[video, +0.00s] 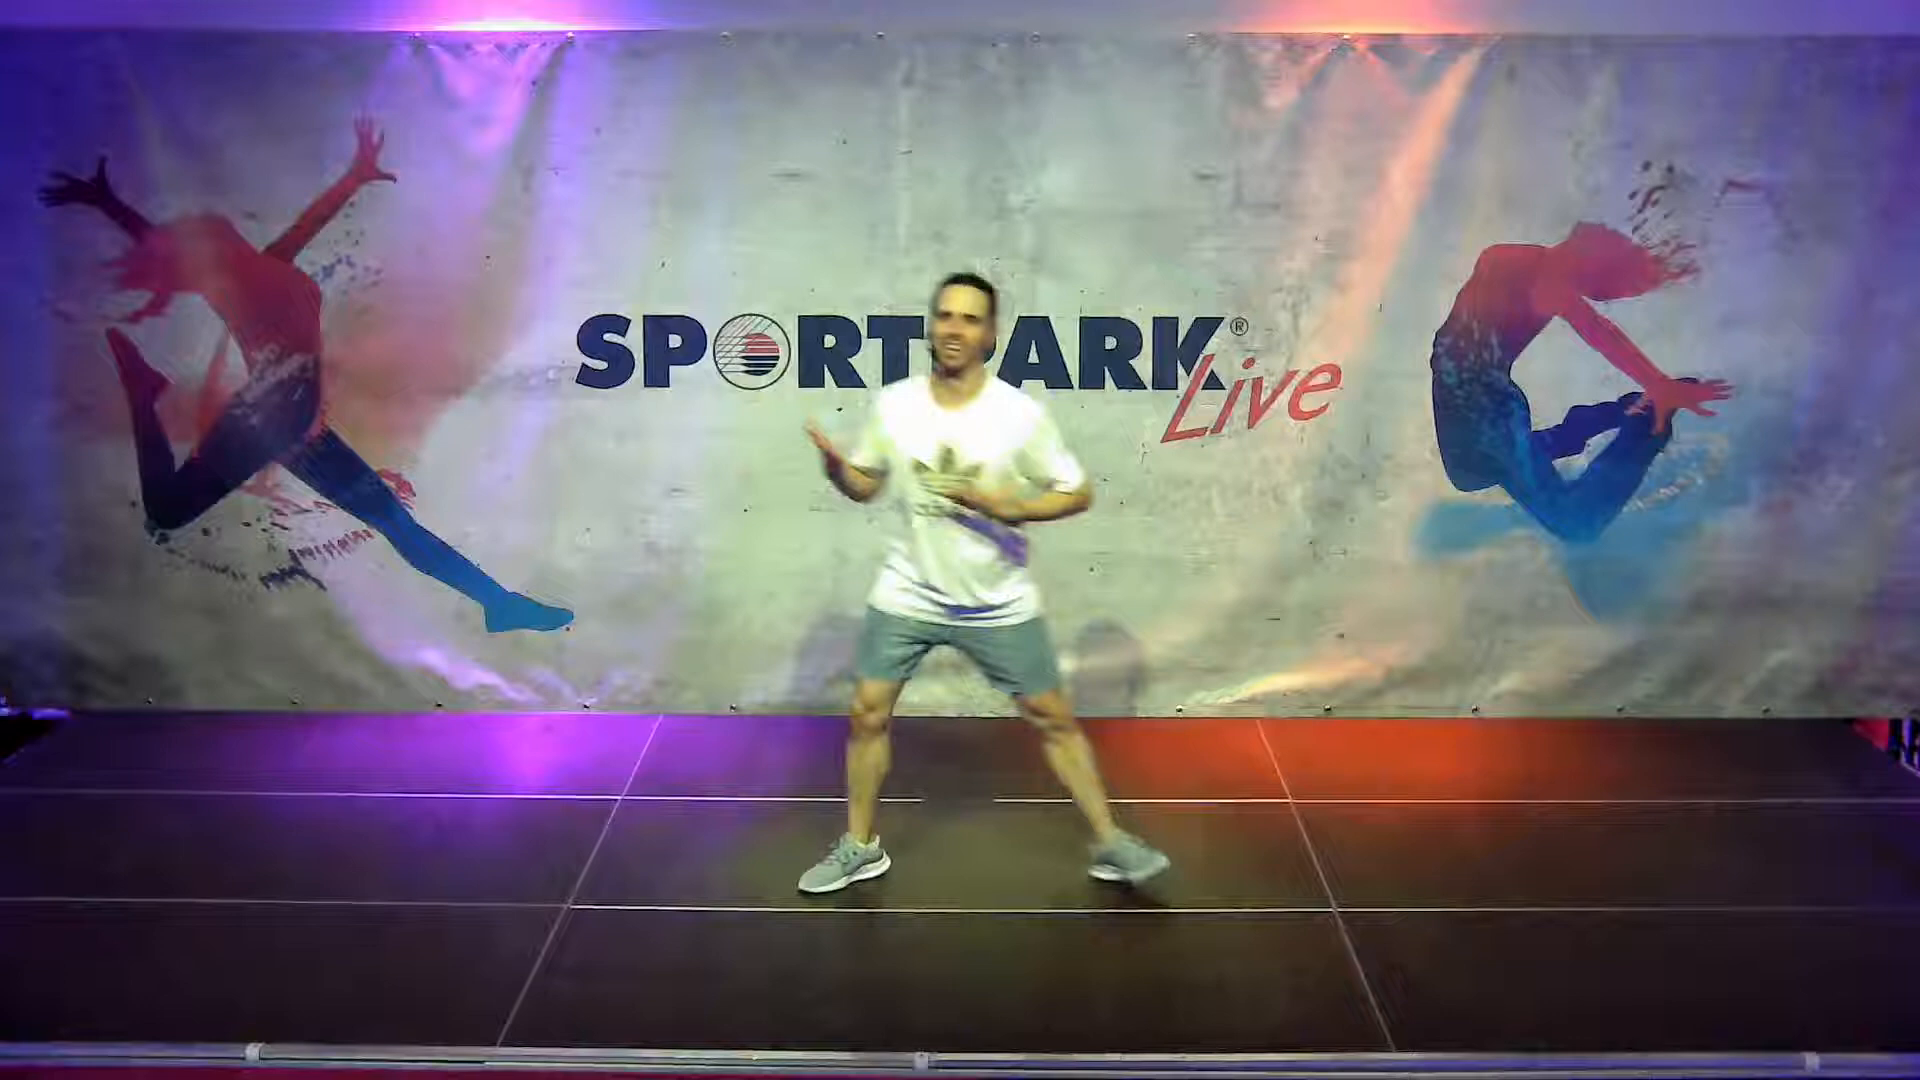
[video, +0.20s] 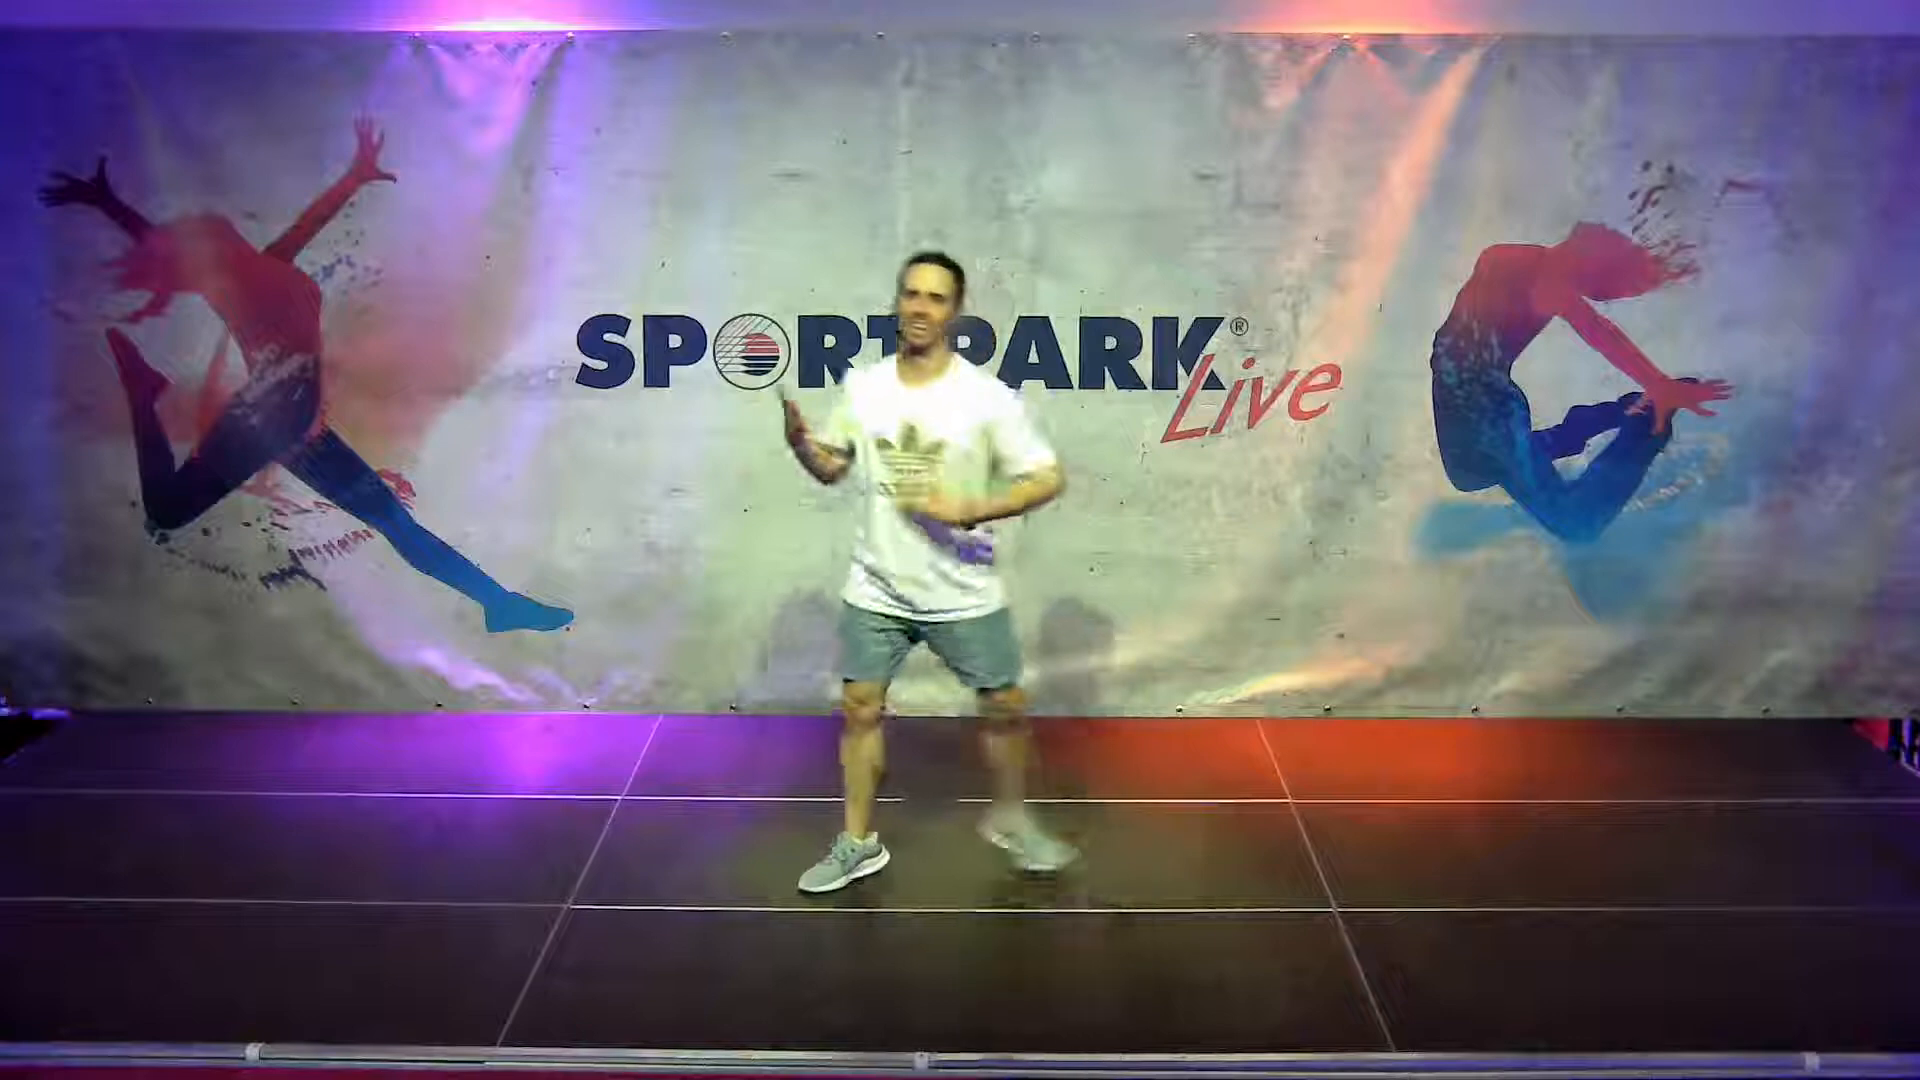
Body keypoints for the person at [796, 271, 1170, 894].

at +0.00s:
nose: (953, 329)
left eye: (968, 320)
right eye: (945, 316)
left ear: (991, 334)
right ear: (929, 325)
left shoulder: (1019, 413)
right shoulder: (897, 404)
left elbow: (1077, 494)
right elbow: (865, 487)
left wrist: (1007, 508)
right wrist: (835, 464)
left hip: (1000, 599)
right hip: (908, 591)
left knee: (1053, 714)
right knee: (867, 711)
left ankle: (1108, 839)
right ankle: (859, 843)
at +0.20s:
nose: (919, 308)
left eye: (935, 299)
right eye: (910, 295)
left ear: (956, 312)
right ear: (896, 302)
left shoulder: (987, 397)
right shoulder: (863, 384)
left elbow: (1047, 479)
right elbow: (833, 470)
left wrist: (972, 509)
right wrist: (804, 444)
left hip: (964, 588)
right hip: (879, 583)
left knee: (1005, 704)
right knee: (859, 704)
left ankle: (1010, 819)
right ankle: (857, 839)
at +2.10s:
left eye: (884, 346)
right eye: (934, 348)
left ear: (877, 355)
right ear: (944, 357)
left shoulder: (844, 434)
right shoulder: (976, 439)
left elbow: (803, 518)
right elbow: (1007, 516)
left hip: (863, 637)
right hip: (950, 640)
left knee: (836, 777)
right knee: (986, 780)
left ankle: (839, 936)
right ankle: (985, 899)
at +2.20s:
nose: (904, 314)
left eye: (888, 305)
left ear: (873, 307)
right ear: (940, 312)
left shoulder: (840, 374)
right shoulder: (963, 380)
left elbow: (852, 336)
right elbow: (970, 338)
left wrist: (890, 310)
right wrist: (944, 316)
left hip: (857, 575)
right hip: (939, 575)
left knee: (842, 732)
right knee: (965, 700)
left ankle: (848, 892)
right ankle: (949, 836)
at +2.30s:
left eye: (887, 275)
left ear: (873, 288)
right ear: (938, 290)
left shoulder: (841, 349)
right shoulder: (959, 354)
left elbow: (859, 288)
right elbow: (970, 285)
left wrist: (899, 227)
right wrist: (938, 218)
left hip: (852, 547)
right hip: (934, 550)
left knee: (856, 709)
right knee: (943, 682)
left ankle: (865, 872)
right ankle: (937, 826)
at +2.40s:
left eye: (886, 299)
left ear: (879, 309)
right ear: (941, 311)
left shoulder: (849, 362)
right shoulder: (957, 373)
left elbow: (855, 290)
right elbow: (972, 295)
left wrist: (898, 225)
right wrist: (938, 225)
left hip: (849, 560)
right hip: (927, 564)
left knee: (869, 726)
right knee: (923, 701)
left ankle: (888, 893)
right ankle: (923, 793)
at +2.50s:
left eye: (889, 310)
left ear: (879, 323)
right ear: (941, 325)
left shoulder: (850, 375)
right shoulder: (956, 388)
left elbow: (855, 296)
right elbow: (973, 305)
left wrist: (898, 241)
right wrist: (940, 243)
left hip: (849, 575)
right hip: (926, 578)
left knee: (872, 739)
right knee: (922, 706)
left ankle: (894, 895)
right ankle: (919, 798)